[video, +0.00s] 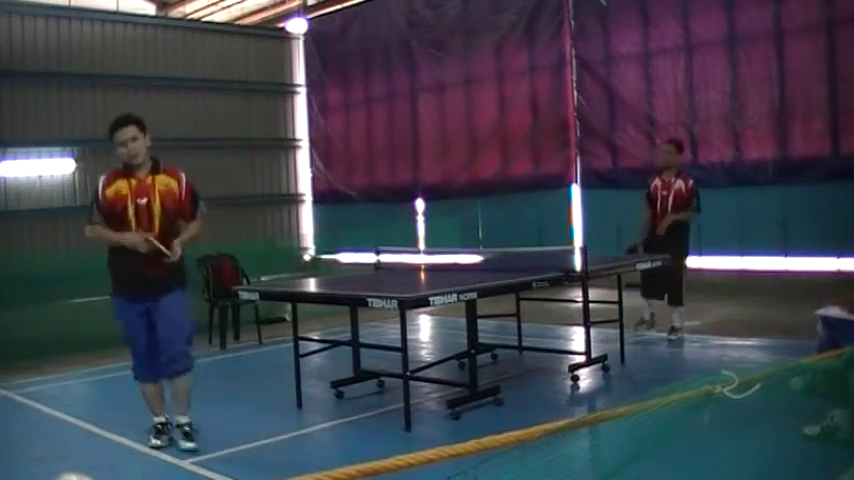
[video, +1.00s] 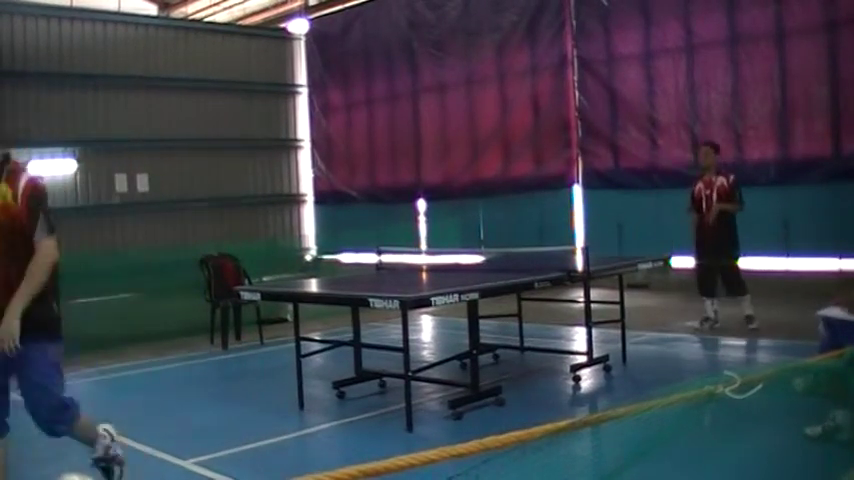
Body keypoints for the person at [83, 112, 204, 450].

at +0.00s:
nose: (129, 148)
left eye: (134, 140)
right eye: (122, 144)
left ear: (147, 139)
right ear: (115, 150)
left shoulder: (175, 179)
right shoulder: (107, 185)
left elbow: (195, 223)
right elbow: (93, 229)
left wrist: (180, 239)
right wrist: (126, 238)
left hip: (169, 284)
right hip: (129, 287)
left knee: (177, 352)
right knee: (142, 357)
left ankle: (183, 422)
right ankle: (160, 423)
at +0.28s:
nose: (104, 155)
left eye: (109, 146)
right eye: (97, 150)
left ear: (127, 142)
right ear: (94, 153)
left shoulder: (156, 186)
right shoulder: (91, 190)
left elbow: (187, 230)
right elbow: (80, 233)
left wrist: (154, 255)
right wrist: (82, 250)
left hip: (145, 291)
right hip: (107, 292)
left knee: (138, 366)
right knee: (130, 366)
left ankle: (134, 455)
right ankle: (157, 421)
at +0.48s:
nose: (82, 147)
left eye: (88, 139)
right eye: (76, 141)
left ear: (109, 135)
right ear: (74, 144)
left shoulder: (136, 179)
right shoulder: (78, 183)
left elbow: (162, 235)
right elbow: (72, 226)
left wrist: (110, 255)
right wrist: (62, 249)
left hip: (127, 295)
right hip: (86, 295)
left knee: (129, 377)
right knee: (82, 379)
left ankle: (135, 459)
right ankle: (130, 410)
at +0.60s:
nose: (68, 148)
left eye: (73, 138)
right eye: (63, 142)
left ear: (95, 134)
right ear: (63, 144)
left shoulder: (123, 178)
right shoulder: (71, 186)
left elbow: (140, 235)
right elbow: (67, 228)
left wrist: (81, 253)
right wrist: (53, 247)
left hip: (119, 300)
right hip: (77, 299)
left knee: (129, 384)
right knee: (56, 380)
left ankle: (139, 460)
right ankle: (93, 449)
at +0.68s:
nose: (53, 150)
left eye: (58, 141)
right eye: (48, 143)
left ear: (80, 136)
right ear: (48, 145)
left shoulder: (108, 179)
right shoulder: (60, 186)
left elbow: (120, 238)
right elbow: (63, 231)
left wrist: (59, 257)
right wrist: (42, 253)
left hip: (108, 305)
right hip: (64, 304)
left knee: (126, 387)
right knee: (46, 390)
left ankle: (138, 461)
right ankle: (50, 472)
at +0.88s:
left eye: (4, 148)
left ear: (26, 144)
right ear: (13, 147)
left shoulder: (55, 189)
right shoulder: (9, 195)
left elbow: (72, 252)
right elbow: (18, 259)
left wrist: (15, 294)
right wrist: (5, 294)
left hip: (67, 317)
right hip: (21, 321)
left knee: (100, 397)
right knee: (7, 415)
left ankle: (132, 451)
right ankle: (7, 474)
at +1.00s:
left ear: (5, 155)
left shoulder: (22, 185)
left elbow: (47, 251)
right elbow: (45, 250)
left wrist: (13, 312)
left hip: (34, 321)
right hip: (2, 323)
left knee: (48, 410)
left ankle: (102, 442)